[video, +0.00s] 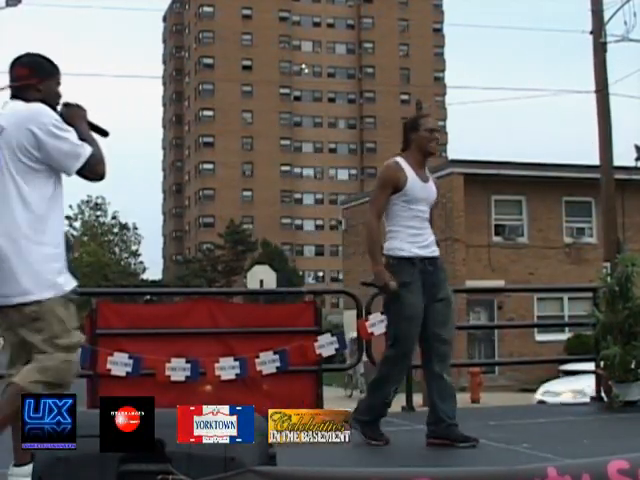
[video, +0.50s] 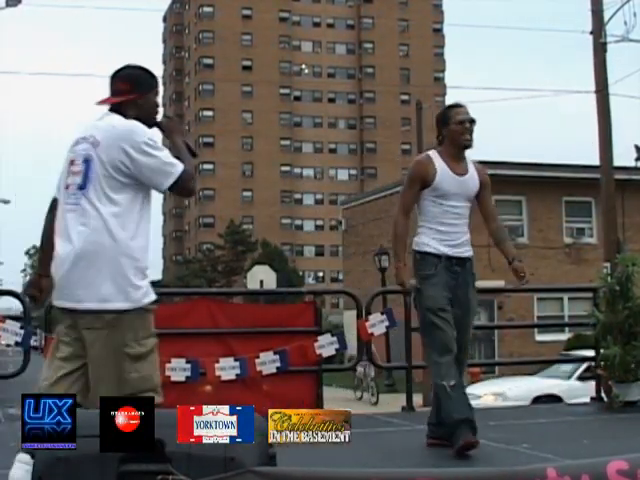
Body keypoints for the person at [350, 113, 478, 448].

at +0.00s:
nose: (436, 137)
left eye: (438, 132)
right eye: (429, 131)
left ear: (436, 139)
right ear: (411, 137)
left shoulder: (430, 180)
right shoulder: (393, 170)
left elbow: (428, 227)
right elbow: (372, 217)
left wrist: (436, 261)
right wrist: (378, 266)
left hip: (432, 265)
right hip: (403, 265)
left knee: (439, 348)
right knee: (403, 347)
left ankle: (442, 426)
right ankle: (367, 417)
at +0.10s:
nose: (446, 135)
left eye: (447, 130)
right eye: (439, 130)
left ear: (444, 138)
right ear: (420, 135)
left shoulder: (442, 179)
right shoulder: (401, 169)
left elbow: (441, 226)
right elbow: (378, 215)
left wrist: (448, 260)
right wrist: (384, 262)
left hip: (442, 265)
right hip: (412, 264)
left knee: (446, 346)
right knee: (418, 340)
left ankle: (442, 425)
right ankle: (380, 406)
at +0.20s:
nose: (452, 132)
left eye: (454, 127)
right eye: (445, 127)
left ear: (452, 134)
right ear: (427, 132)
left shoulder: (454, 177)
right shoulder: (408, 168)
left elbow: (456, 226)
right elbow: (386, 213)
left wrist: (461, 266)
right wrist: (391, 260)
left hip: (449, 264)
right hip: (418, 263)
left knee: (448, 347)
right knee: (425, 339)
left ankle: (442, 426)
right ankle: (400, 415)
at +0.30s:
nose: (459, 130)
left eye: (460, 125)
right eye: (451, 126)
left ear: (458, 132)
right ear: (433, 133)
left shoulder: (461, 177)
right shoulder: (415, 166)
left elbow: (470, 228)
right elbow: (392, 212)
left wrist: (485, 275)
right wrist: (396, 260)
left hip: (452, 264)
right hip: (422, 261)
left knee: (452, 345)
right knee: (429, 343)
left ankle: (446, 426)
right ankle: (421, 429)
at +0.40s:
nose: (463, 130)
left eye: (465, 125)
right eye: (456, 125)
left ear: (467, 130)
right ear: (438, 131)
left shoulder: (470, 174)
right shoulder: (420, 166)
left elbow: (482, 221)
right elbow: (398, 214)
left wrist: (498, 262)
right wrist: (400, 263)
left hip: (457, 263)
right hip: (425, 261)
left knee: (457, 344)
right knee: (436, 341)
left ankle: (451, 426)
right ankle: (440, 429)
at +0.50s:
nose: (467, 128)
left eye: (470, 123)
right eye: (460, 124)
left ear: (473, 129)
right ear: (442, 130)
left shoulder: (477, 173)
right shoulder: (424, 165)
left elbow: (493, 221)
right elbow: (402, 214)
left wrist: (513, 259)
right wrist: (399, 265)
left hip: (463, 264)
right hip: (430, 262)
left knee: (459, 346)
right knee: (444, 344)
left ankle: (440, 426)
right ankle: (462, 427)